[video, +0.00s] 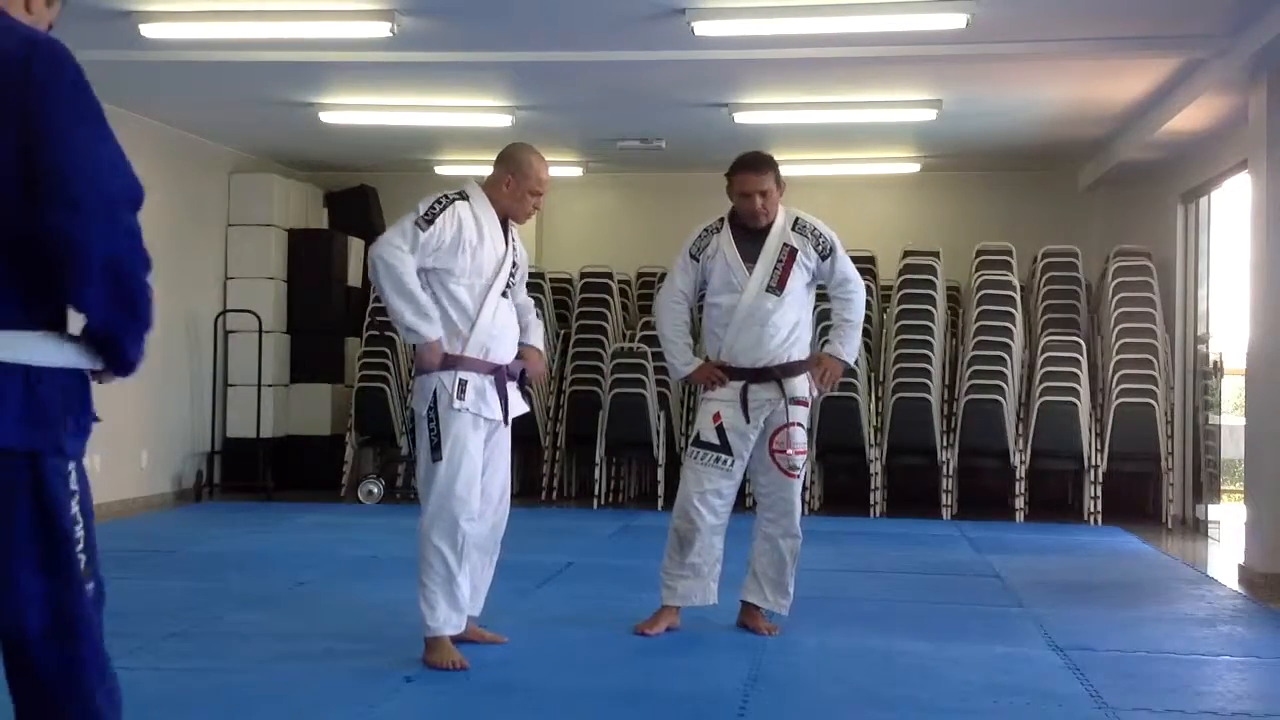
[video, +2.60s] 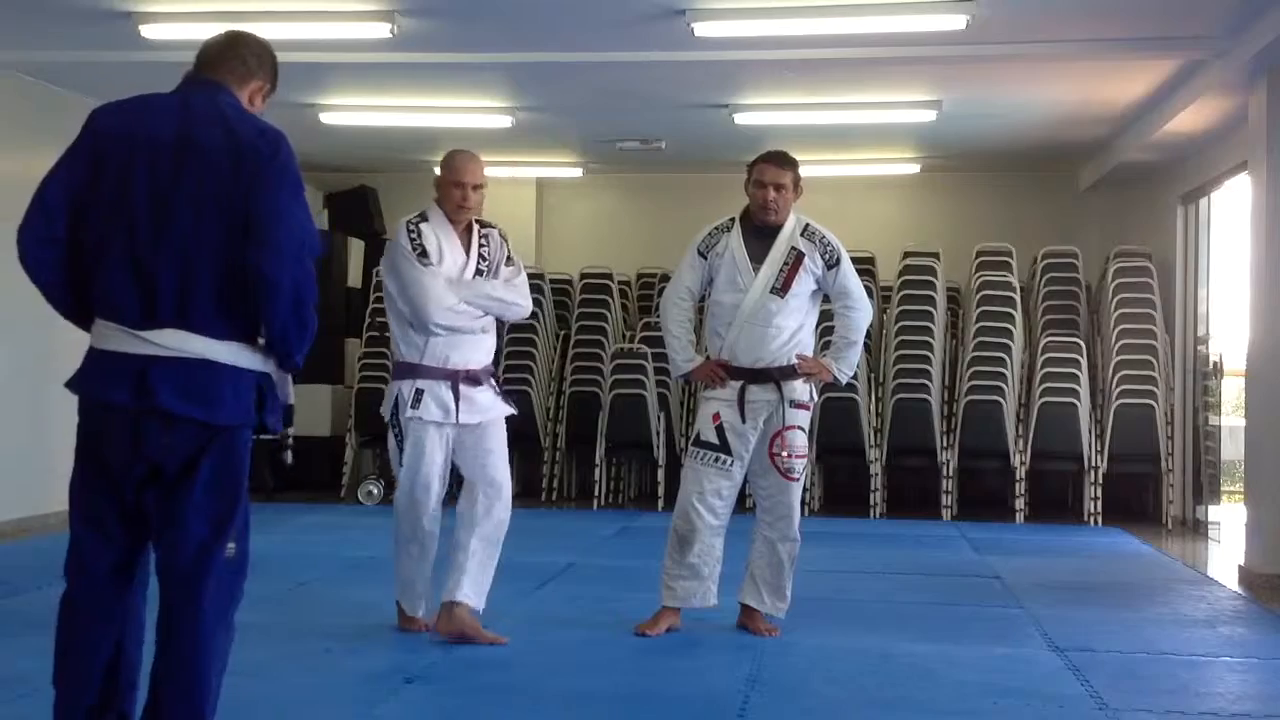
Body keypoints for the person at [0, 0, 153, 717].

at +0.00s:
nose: (53, 19)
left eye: (53, 12)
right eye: (54, 10)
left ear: (18, 6)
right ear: (32, 4)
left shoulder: (33, 65)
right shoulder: (32, 59)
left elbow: (98, 207)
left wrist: (106, 334)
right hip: (21, 382)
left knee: (51, 620)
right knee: (54, 627)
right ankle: (75, 708)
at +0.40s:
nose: (134, 50)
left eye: (137, 37)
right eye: (138, 34)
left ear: (45, 11)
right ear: (122, 20)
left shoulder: (2, 69)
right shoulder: (136, 98)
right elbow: (189, 259)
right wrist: (150, 351)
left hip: (4, 383)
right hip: (92, 390)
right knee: (102, 625)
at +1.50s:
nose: (123, 92)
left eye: (126, 82)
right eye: (129, 81)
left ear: (48, 54)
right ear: (111, 68)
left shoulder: (4, 106)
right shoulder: (110, 122)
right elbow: (138, 241)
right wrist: (171, 329)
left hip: (4, 388)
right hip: (76, 395)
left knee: (3, 594)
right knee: (140, 583)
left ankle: (11, 704)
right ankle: (130, 711)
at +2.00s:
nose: (223, 109)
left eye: (224, 100)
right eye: (227, 98)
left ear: (151, 65)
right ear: (212, 82)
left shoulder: (58, 125)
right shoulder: (219, 139)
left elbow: (7, 250)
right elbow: (263, 257)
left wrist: (60, 330)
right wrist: (257, 345)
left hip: (74, 396)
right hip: (181, 402)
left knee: (53, 580)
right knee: (185, 593)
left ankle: (25, 709)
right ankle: (175, 714)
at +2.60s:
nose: (262, 112)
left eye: (265, 104)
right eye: (267, 104)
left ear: (194, 72)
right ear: (255, 91)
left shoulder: (111, 121)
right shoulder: (261, 147)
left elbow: (38, 238)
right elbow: (287, 267)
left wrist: (102, 317)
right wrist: (287, 354)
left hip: (109, 392)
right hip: (209, 400)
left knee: (97, 575)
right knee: (201, 586)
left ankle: (87, 709)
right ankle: (180, 712)